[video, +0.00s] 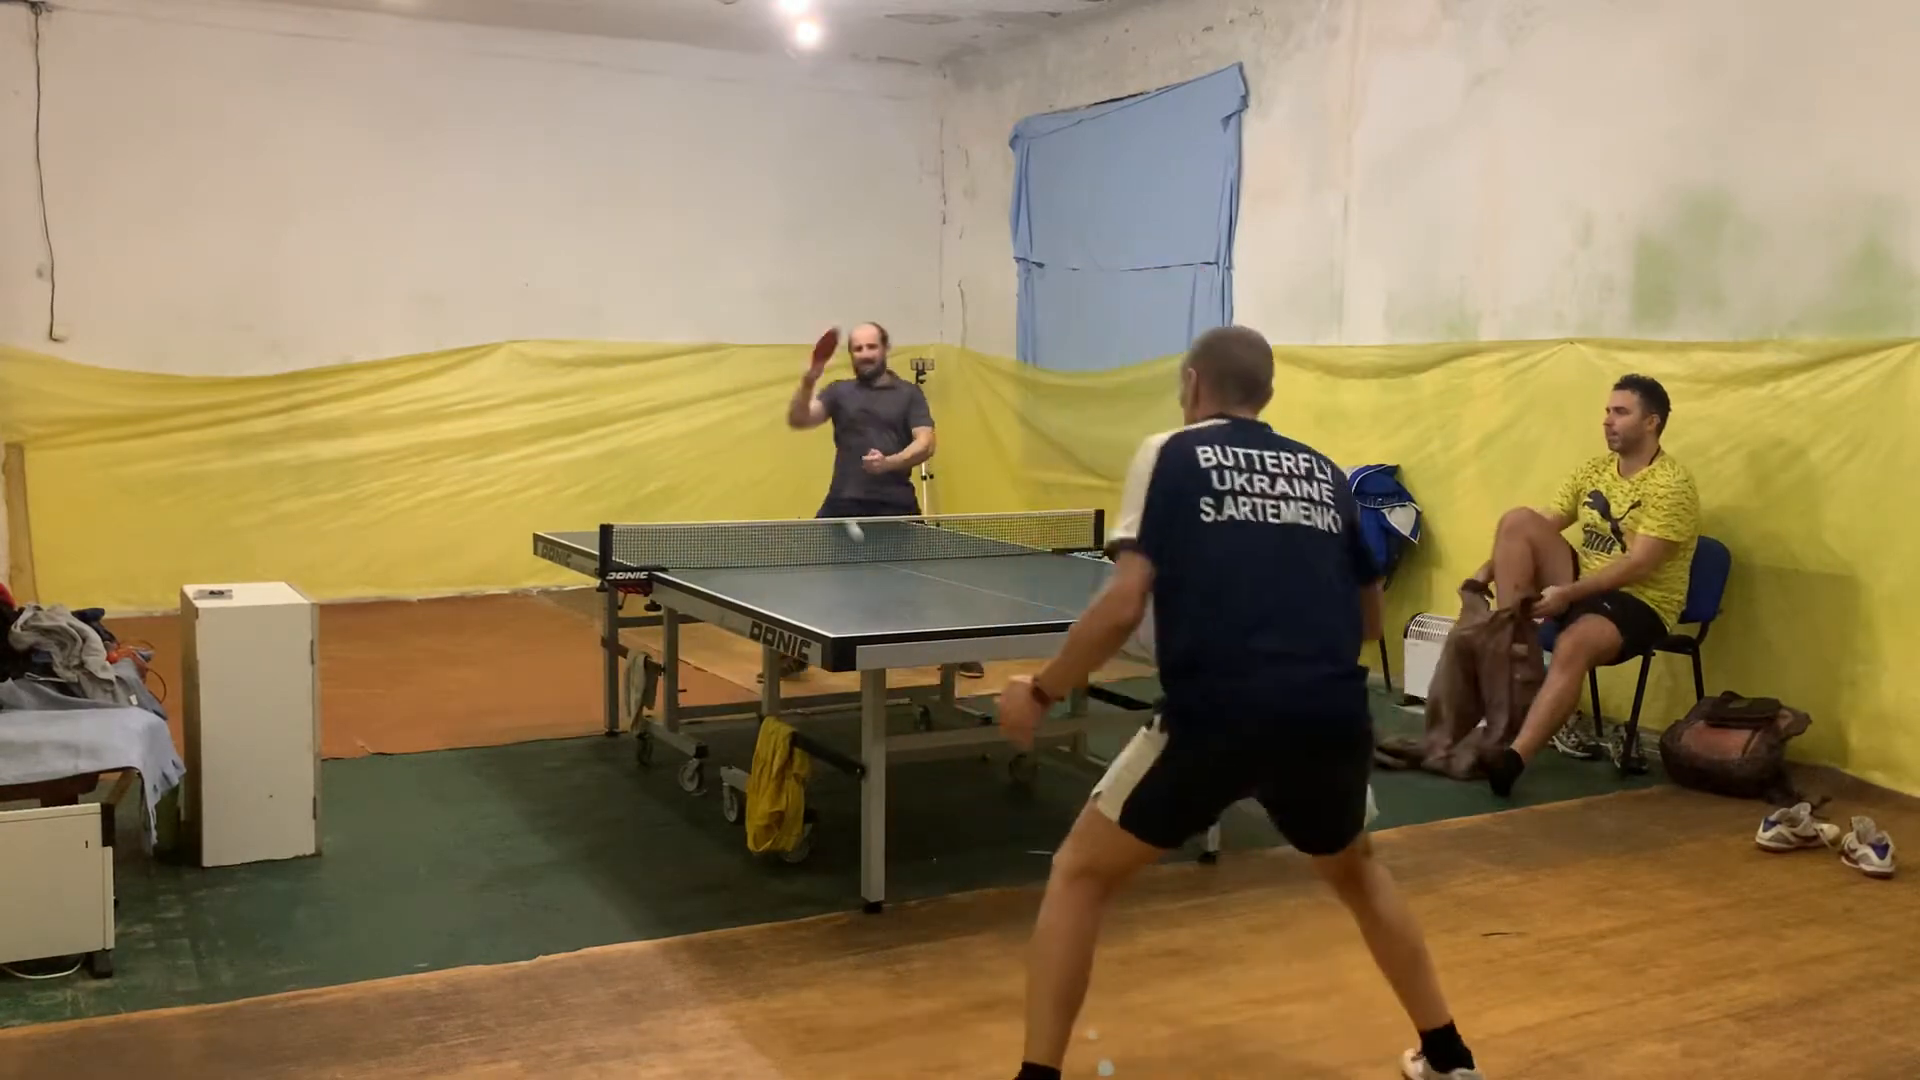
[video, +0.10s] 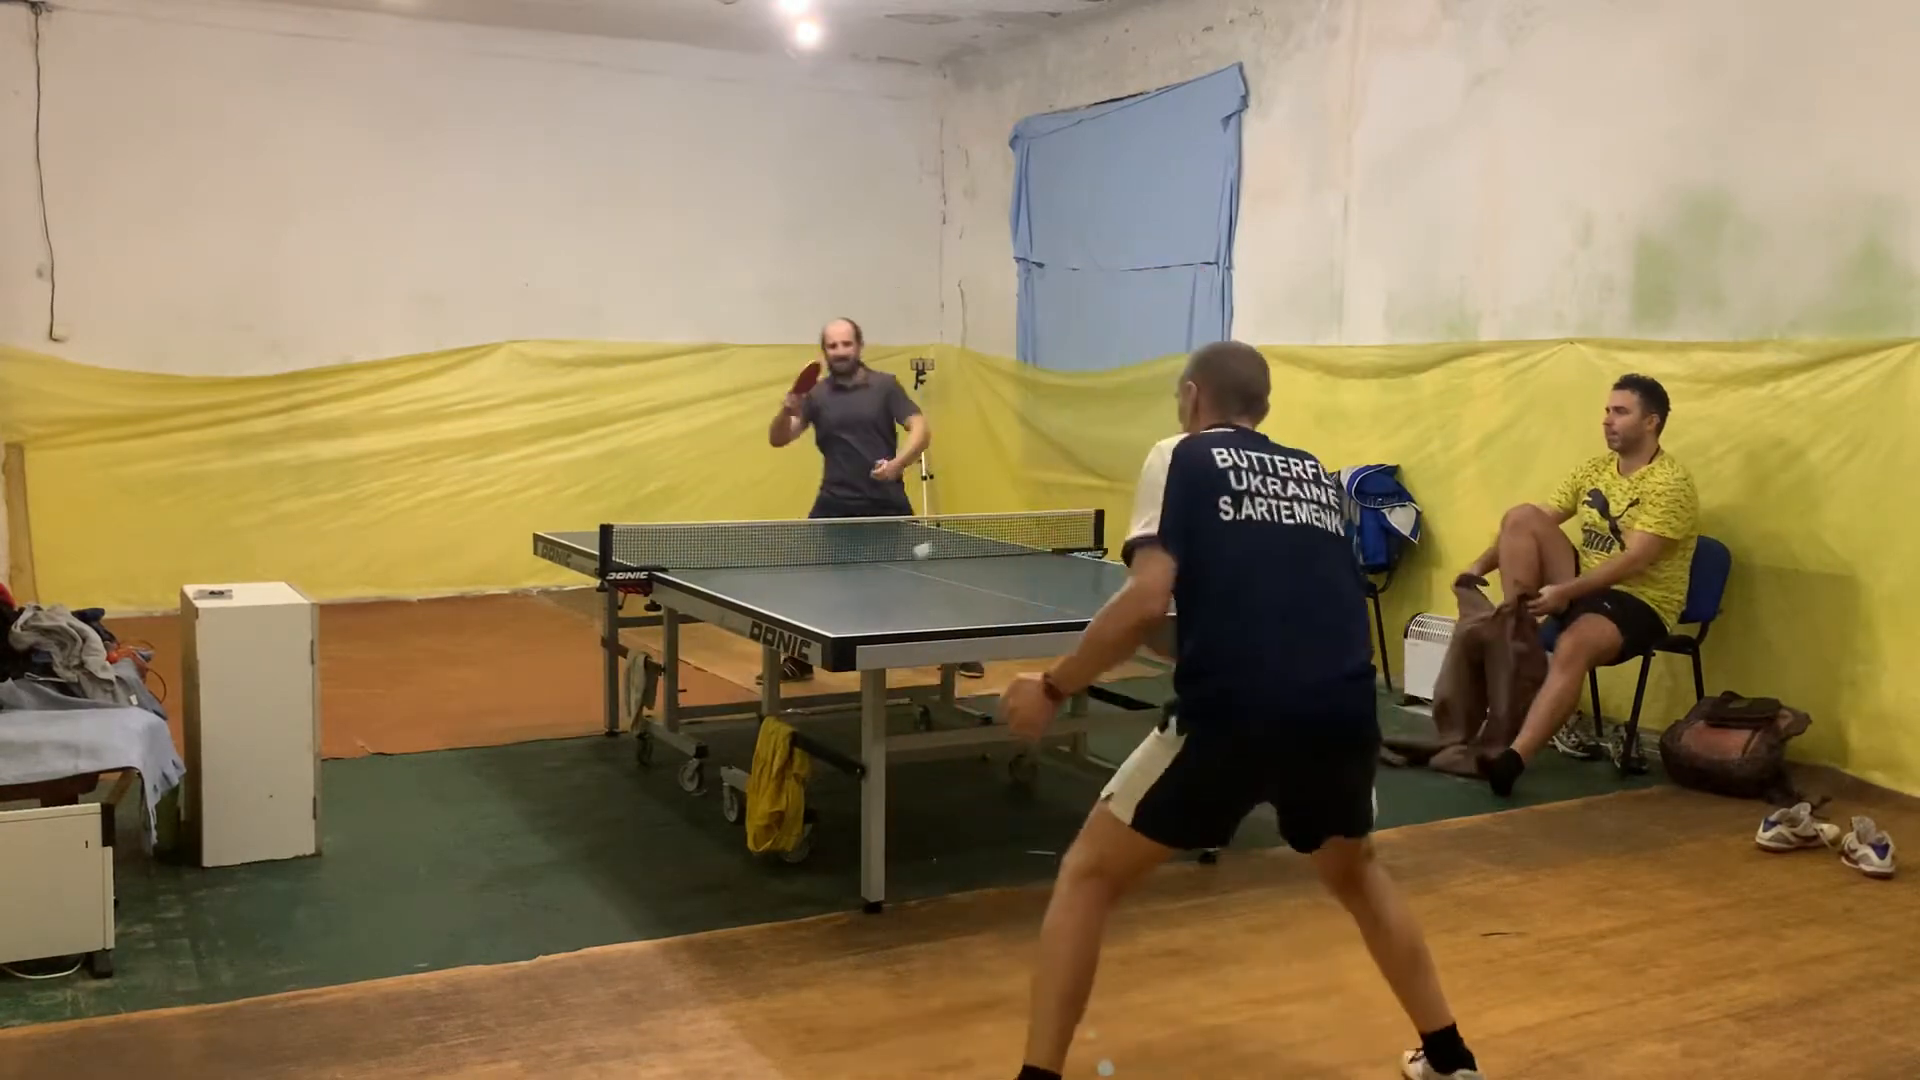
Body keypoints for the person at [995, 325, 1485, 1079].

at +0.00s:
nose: (1179, 398)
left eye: (1181, 388)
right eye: (1180, 388)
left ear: (1194, 387)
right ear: (1268, 396)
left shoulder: (1169, 453)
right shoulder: (1326, 472)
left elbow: (1125, 603)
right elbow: (1367, 618)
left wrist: (1042, 689)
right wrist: (1298, 673)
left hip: (1211, 722)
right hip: (1328, 720)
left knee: (1082, 873)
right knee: (1358, 871)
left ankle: (1038, 1071)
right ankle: (1448, 1053)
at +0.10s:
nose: (1178, 415)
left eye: (1179, 404)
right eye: (1178, 405)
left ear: (1195, 400)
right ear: (1265, 408)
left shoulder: (1179, 456)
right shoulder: (1319, 472)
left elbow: (1148, 597)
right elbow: (1341, 597)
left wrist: (1055, 685)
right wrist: (1197, 634)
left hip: (1226, 719)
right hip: (1340, 718)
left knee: (1089, 875)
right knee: (1356, 870)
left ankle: (1039, 1072)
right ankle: (1451, 1057)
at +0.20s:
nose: (1160, 400)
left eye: (1162, 389)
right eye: (1161, 389)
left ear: (1179, 384)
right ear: (1245, 396)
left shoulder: (1174, 428)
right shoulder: (1285, 461)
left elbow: (1153, 547)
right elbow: (1287, 571)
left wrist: (1033, 632)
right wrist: (1169, 584)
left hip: (1230, 690)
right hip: (1336, 688)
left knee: (1113, 870)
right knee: (1349, 873)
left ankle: (1042, 1070)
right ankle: (1449, 1055)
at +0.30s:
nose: (1140, 379)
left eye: (1145, 370)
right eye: (1144, 370)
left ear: (1159, 373)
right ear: (1217, 390)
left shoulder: (1160, 403)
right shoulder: (1236, 446)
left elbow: (1142, 489)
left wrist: (1010, 550)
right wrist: (1105, 506)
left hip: (1219, 662)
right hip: (1324, 657)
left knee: (1123, 881)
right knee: (1366, 866)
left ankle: (1050, 1069)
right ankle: (1448, 1051)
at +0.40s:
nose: (1106, 357)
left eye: (1111, 349)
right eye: (1112, 350)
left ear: (1123, 355)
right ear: (1176, 377)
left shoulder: (1124, 387)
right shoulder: (1193, 430)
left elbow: (1129, 453)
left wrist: (1039, 483)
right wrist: (1081, 459)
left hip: (1194, 655)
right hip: (1289, 647)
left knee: (1111, 872)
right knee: (1334, 844)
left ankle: (1050, 1071)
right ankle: (1445, 1030)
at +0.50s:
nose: (1078, 340)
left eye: (1082, 328)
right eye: (1084, 329)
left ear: (1095, 335)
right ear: (1152, 353)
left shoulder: (1098, 376)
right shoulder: (1181, 412)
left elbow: (1122, 429)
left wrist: (1087, 482)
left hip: (1164, 643)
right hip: (1252, 633)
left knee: (1093, 855)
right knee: (1237, 800)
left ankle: (1046, 1066)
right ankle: (1371, 961)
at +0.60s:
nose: (1073, 333)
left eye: (1076, 321)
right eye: (1077, 321)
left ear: (1089, 325)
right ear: (1151, 338)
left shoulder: (1092, 374)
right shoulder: (1182, 401)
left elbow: (1124, 448)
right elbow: (1195, 502)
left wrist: (1111, 524)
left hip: (1151, 628)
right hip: (1237, 623)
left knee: (1057, 830)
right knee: (1191, 783)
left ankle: (1036, 1052)